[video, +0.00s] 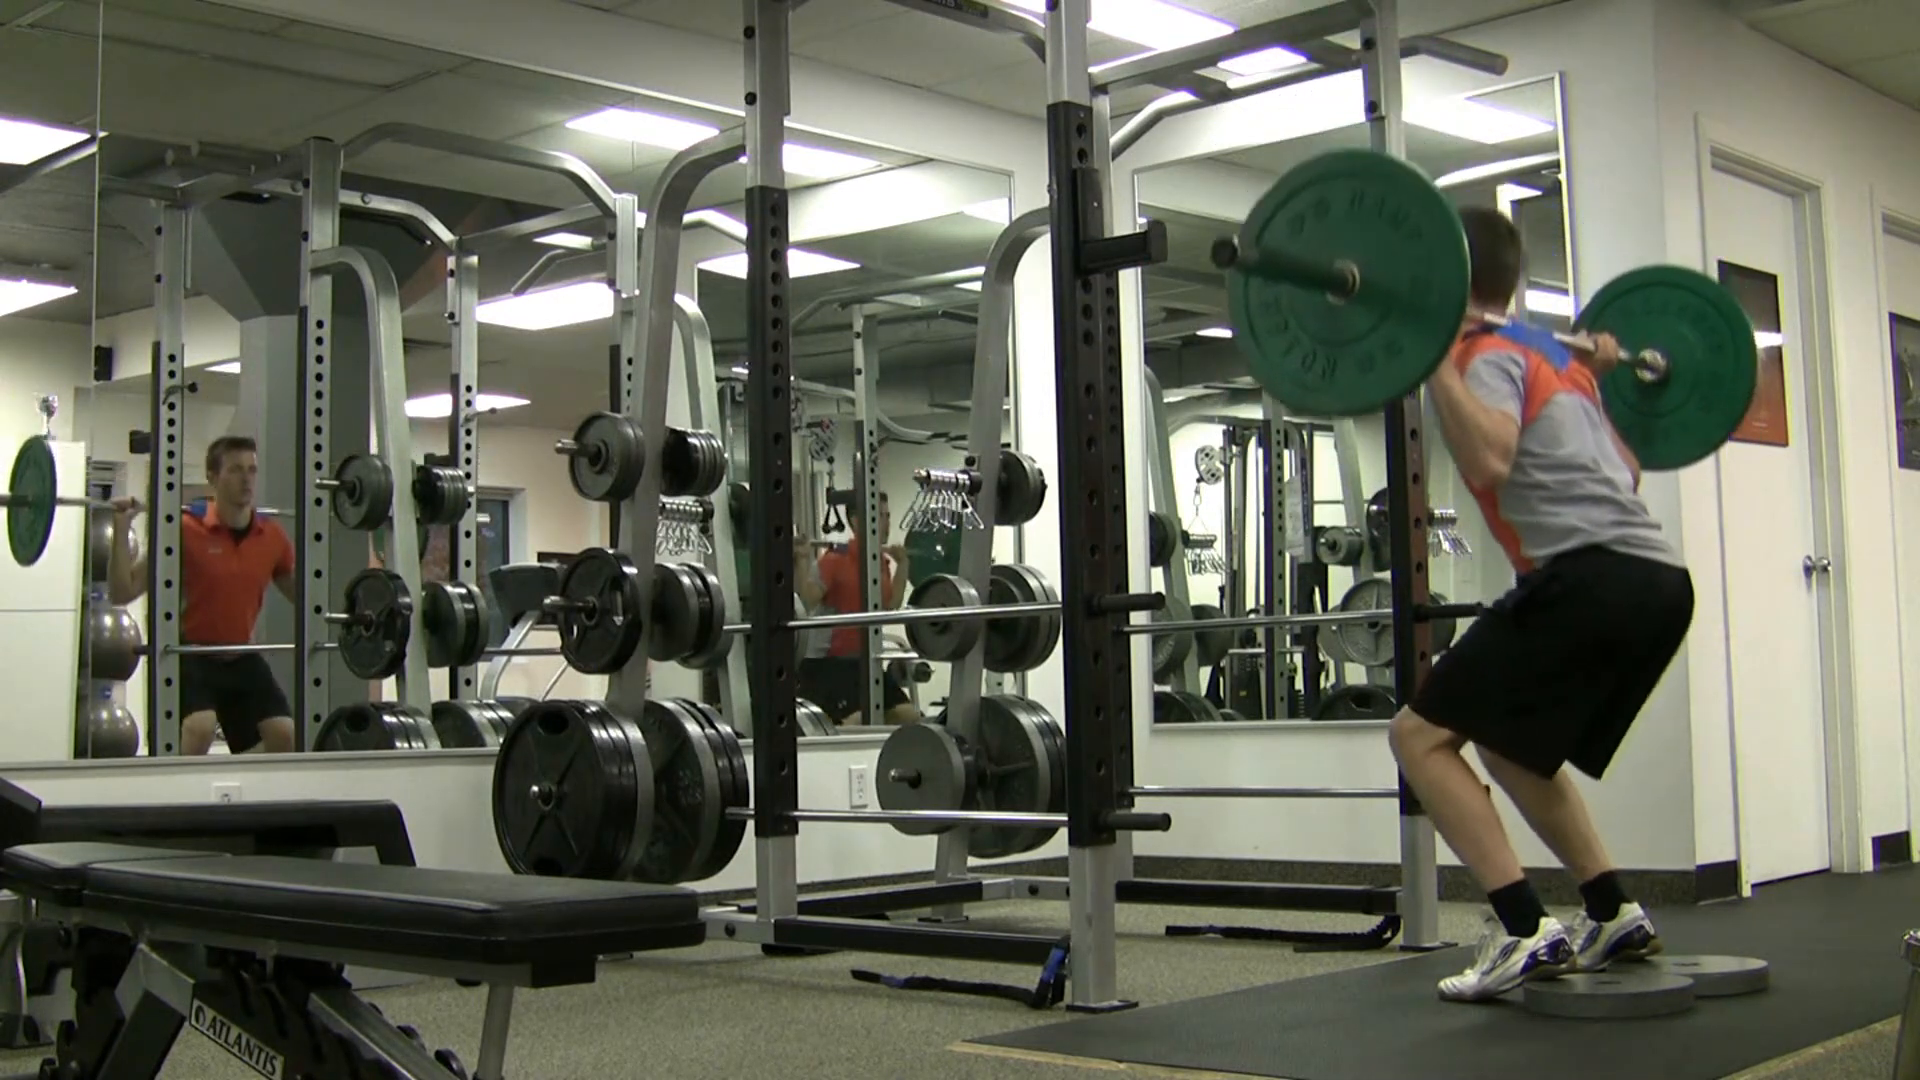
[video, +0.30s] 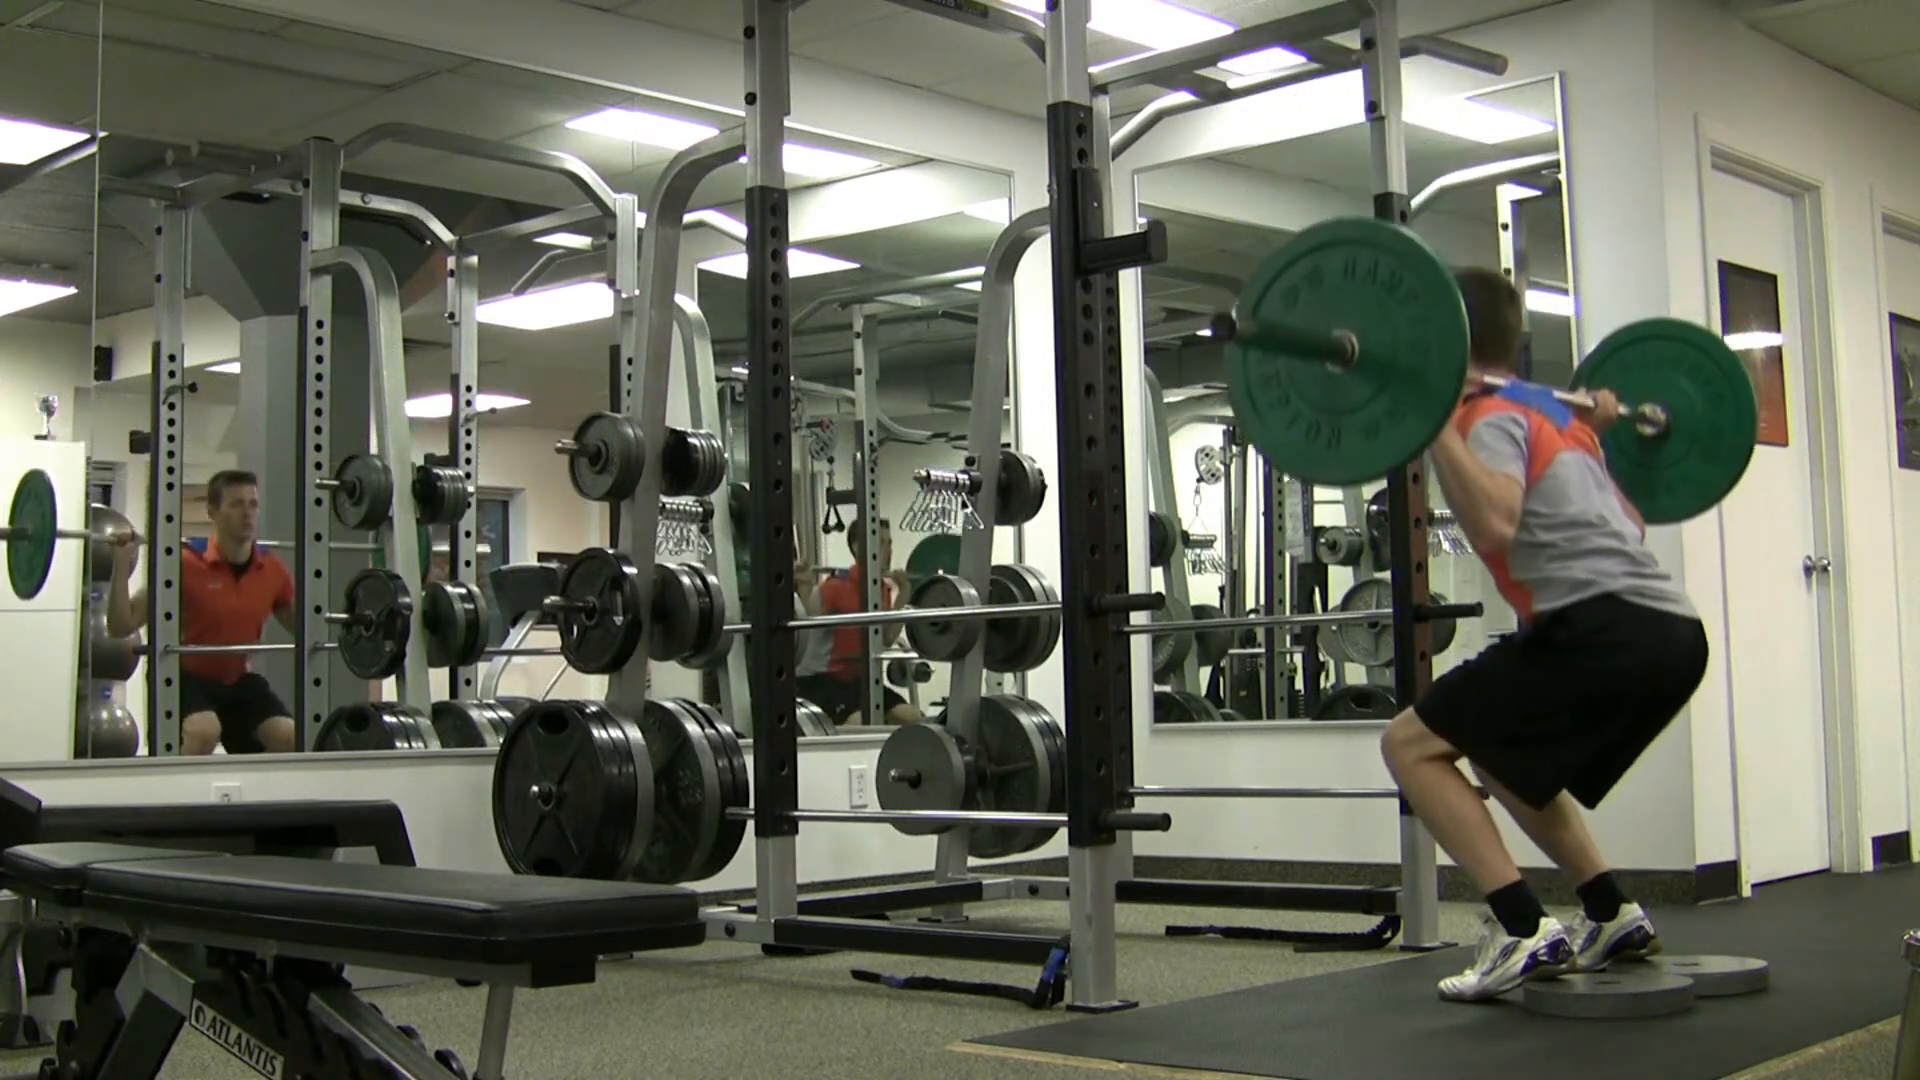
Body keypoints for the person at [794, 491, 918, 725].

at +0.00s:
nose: (883, 522)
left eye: (885, 516)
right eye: (876, 515)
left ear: (888, 521)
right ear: (854, 521)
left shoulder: (882, 562)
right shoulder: (835, 558)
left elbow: (890, 608)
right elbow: (811, 599)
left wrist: (902, 564)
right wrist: (802, 561)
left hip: (870, 660)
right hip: (838, 660)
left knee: (909, 718)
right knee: (856, 723)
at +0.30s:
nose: (887, 549)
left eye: (889, 543)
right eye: (880, 542)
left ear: (891, 545)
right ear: (856, 546)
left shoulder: (883, 589)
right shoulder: (833, 587)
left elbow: (888, 638)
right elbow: (811, 632)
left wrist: (904, 593)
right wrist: (803, 590)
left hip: (865, 680)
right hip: (824, 680)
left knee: (912, 718)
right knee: (860, 720)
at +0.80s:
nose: (889, 584)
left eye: (891, 578)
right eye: (880, 578)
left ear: (894, 579)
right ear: (858, 582)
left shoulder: (885, 619)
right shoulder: (837, 618)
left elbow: (893, 673)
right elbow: (810, 665)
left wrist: (906, 625)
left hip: (872, 703)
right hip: (837, 704)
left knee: (915, 721)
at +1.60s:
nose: (889, 548)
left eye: (890, 541)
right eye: (882, 541)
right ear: (858, 546)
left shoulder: (883, 586)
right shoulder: (834, 586)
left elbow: (889, 635)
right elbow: (818, 633)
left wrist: (906, 591)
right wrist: (805, 590)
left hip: (871, 680)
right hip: (837, 681)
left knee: (914, 720)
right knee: (860, 729)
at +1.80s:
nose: (888, 523)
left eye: (888, 516)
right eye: (881, 516)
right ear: (856, 521)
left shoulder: (882, 563)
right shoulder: (833, 561)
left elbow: (892, 610)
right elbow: (806, 604)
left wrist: (905, 564)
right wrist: (803, 562)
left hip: (870, 663)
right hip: (834, 663)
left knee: (911, 717)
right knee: (856, 717)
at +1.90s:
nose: (886, 510)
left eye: (887, 504)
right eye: (879, 504)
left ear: (887, 508)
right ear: (856, 509)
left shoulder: (881, 551)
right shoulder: (833, 549)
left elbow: (891, 599)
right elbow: (804, 593)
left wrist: (905, 553)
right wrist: (802, 551)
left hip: (871, 655)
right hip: (838, 654)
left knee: (909, 717)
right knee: (855, 716)